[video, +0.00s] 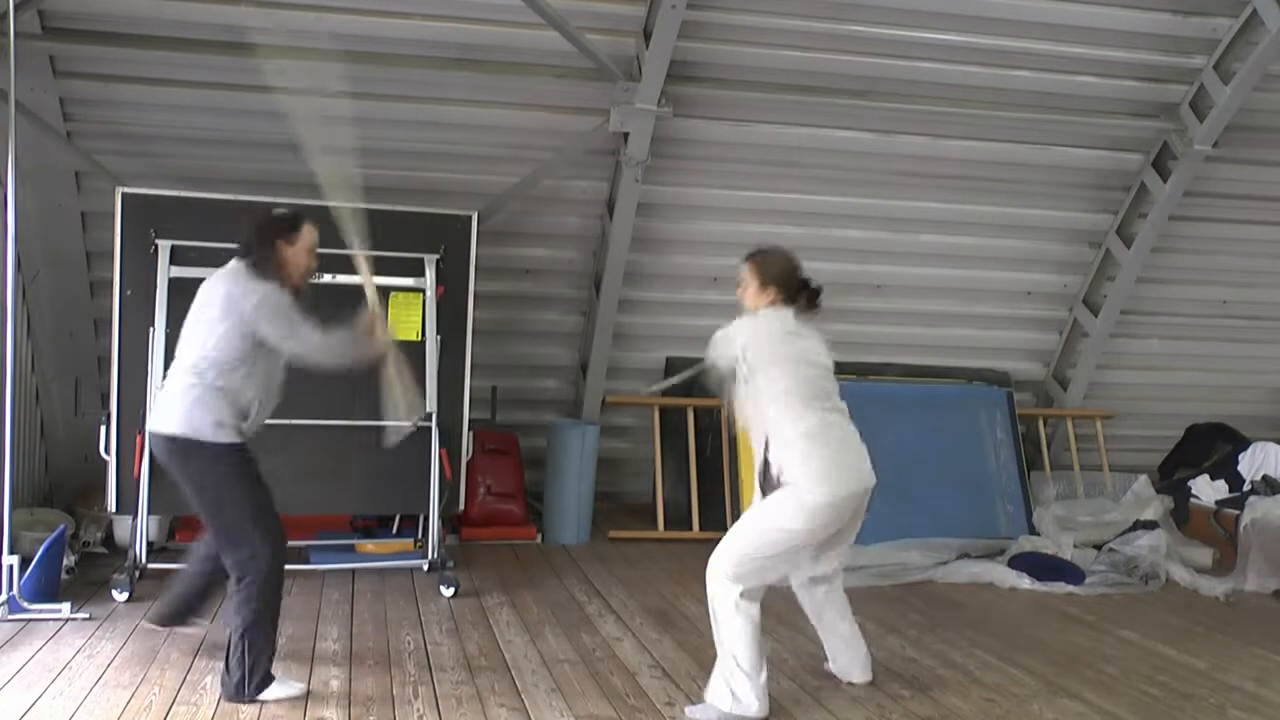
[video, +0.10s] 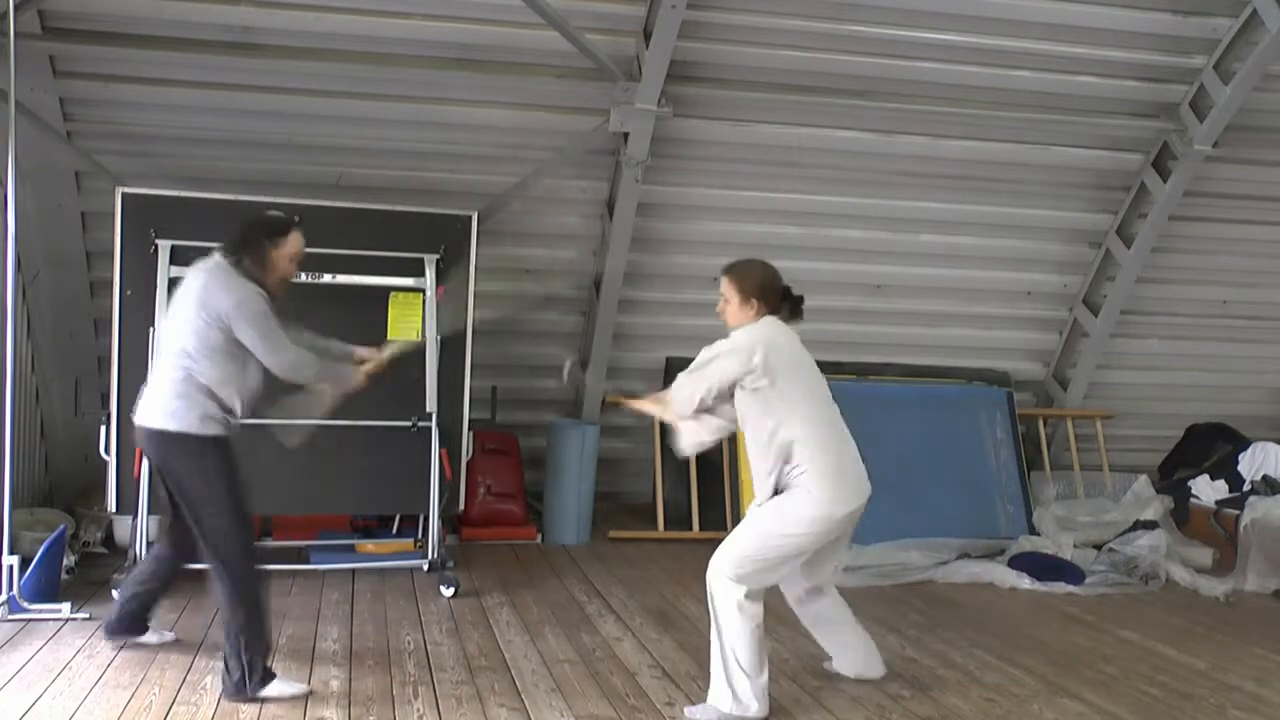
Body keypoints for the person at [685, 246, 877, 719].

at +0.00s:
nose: (738, 292)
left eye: (744, 284)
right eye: (740, 283)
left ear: (766, 290)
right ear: (786, 291)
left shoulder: (749, 329)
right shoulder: (809, 333)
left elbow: (715, 363)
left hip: (812, 487)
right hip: (856, 479)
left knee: (727, 570)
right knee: (814, 571)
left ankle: (739, 697)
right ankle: (853, 664)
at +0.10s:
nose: (720, 309)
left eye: (726, 300)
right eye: (721, 299)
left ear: (752, 303)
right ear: (765, 304)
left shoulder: (756, 339)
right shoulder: (784, 343)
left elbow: (693, 386)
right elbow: (729, 414)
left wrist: (655, 402)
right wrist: (669, 416)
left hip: (816, 492)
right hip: (846, 488)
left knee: (728, 573)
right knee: (802, 580)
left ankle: (739, 702)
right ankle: (861, 662)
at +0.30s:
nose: (711, 293)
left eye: (717, 283)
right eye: (712, 283)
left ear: (746, 286)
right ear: (751, 288)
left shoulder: (770, 314)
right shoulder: (755, 329)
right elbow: (706, 401)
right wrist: (662, 394)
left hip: (818, 471)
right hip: (814, 469)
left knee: (736, 569)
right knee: (795, 566)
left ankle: (739, 701)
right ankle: (856, 651)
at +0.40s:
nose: (714, 280)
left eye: (721, 270)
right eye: (715, 270)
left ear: (751, 275)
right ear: (755, 276)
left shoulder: (780, 304)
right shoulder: (750, 320)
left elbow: (729, 354)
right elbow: (738, 404)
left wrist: (671, 384)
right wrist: (691, 405)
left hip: (821, 463)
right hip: (797, 462)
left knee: (744, 566)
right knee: (788, 563)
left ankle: (740, 701)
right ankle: (850, 651)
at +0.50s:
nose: (734, 264)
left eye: (742, 254)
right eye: (736, 254)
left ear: (770, 261)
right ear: (768, 261)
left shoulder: (802, 303)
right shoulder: (748, 307)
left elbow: (788, 366)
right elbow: (721, 343)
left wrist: (718, 380)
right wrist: (701, 386)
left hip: (825, 456)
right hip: (784, 455)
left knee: (759, 567)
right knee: (776, 562)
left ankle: (742, 699)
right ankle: (831, 660)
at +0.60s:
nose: (751, 262)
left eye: (758, 251)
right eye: (752, 251)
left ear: (785, 255)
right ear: (784, 256)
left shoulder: (815, 301)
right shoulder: (773, 307)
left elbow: (793, 383)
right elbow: (738, 356)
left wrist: (730, 379)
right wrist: (710, 390)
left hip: (835, 454)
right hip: (799, 451)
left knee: (775, 561)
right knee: (786, 560)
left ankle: (743, 698)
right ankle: (819, 668)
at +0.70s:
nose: (776, 258)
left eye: (782, 248)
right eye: (776, 249)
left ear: (811, 253)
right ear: (804, 253)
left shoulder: (831, 301)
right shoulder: (788, 301)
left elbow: (796, 382)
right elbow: (745, 335)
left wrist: (737, 386)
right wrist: (703, 370)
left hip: (851, 452)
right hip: (815, 451)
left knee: (777, 549)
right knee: (778, 555)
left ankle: (813, 680)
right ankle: (789, 683)